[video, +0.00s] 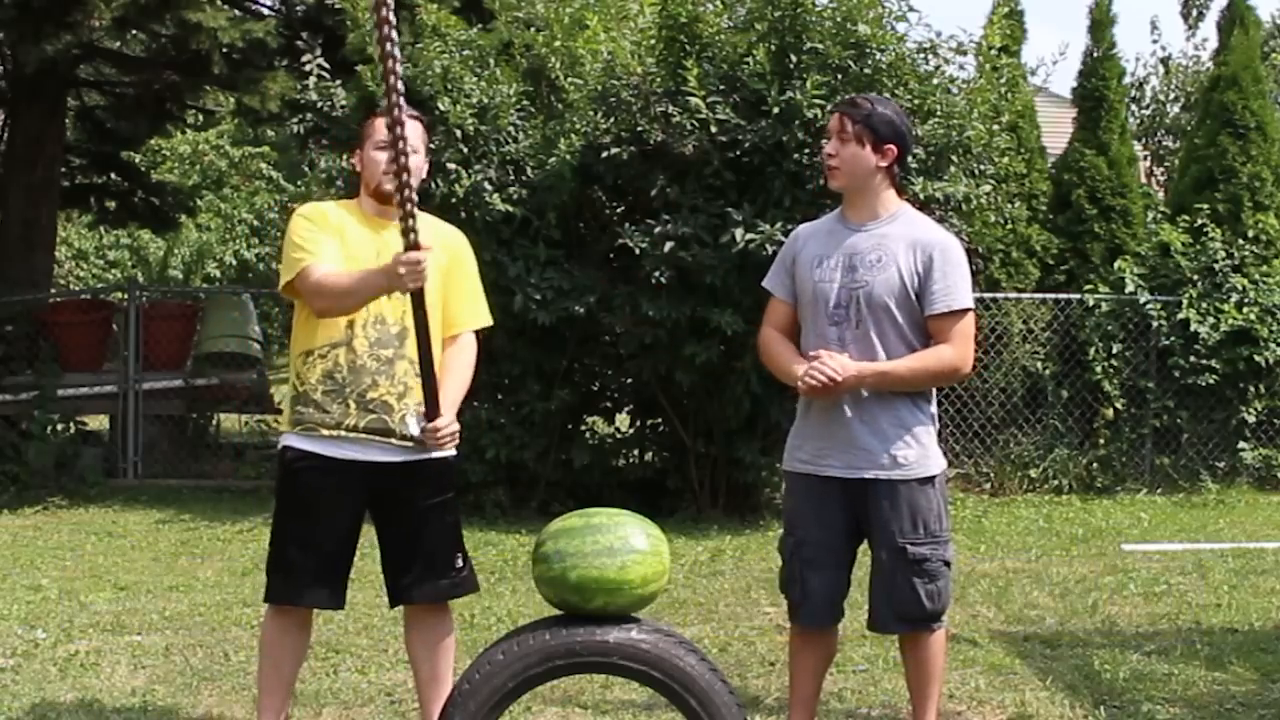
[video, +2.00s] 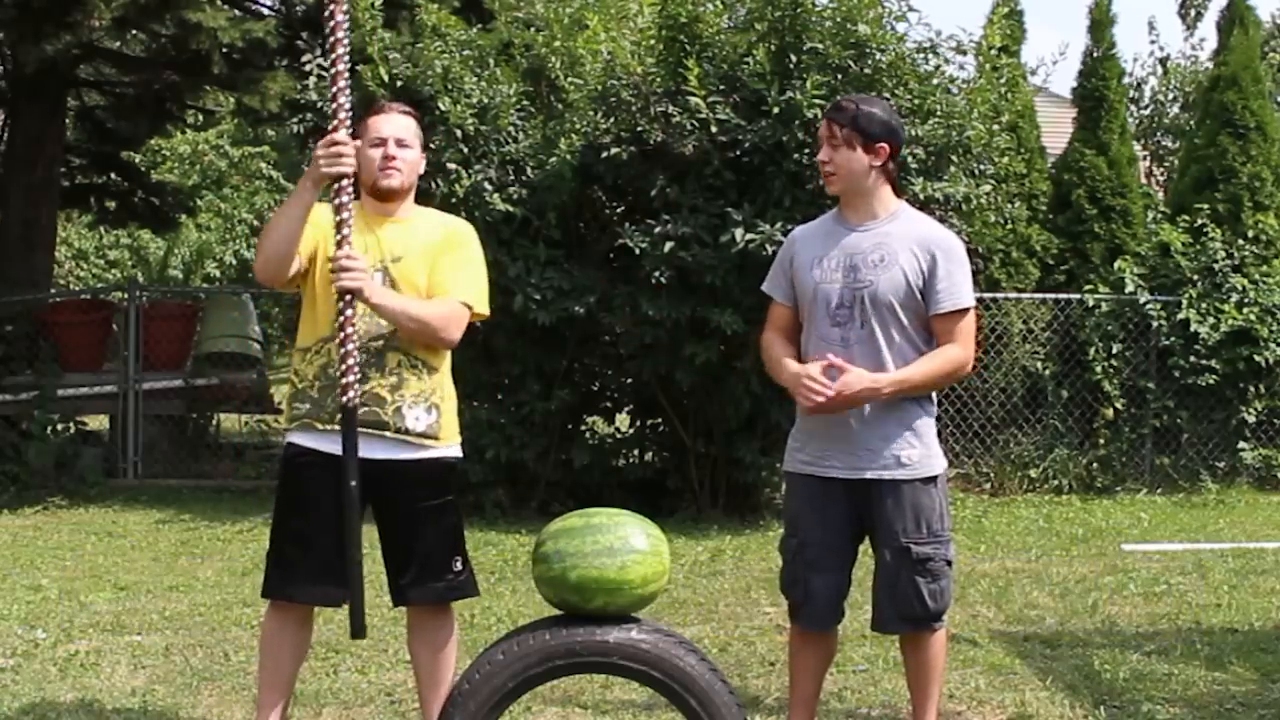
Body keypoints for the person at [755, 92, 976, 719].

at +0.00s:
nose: (826, 151)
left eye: (841, 140)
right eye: (829, 139)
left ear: (884, 155)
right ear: (843, 151)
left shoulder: (934, 245)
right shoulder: (804, 242)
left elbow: (958, 356)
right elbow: (771, 335)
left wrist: (862, 373)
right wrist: (802, 372)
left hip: (904, 467)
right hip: (815, 463)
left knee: (921, 613)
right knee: (809, 612)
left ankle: (924, 716)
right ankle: (799, 716)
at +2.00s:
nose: (823, 158)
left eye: (837, 147)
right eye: (821, 146)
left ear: (880, 155)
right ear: (824, 153)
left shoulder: (935, 244)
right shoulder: (802, 243)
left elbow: (960, 352)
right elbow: (775, 335)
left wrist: (878, 384)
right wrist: (789, 371)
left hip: (905, 464)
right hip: (815, 462)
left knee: (923, 611)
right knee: (809, 610)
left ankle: (924, 716)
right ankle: (799, 716)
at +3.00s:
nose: (845, 158)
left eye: (859, 144)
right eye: (833, 148)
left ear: (892, 153)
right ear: (822, 162)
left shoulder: (940, 242)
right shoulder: (804, 245)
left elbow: (971, 347)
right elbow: (774, 337)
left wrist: (897, 374)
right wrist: (713, 339)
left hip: (908, 464)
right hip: (818, 461)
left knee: (924, 610)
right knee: (812, 610)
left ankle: (925, 716)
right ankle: (799, 717)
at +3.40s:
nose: (844, 153)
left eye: (859, 142)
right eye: (834, 143)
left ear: (892, 154)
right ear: (825, 157)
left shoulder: (938, 242)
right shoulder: (802, 244)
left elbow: (965, 351)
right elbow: (763, 337)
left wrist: (885, 381)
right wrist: (692, 324)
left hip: (907, 464)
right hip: (817, 462)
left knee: (922, 613)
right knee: (811, 611)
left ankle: (926, 717)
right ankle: (799, 716)